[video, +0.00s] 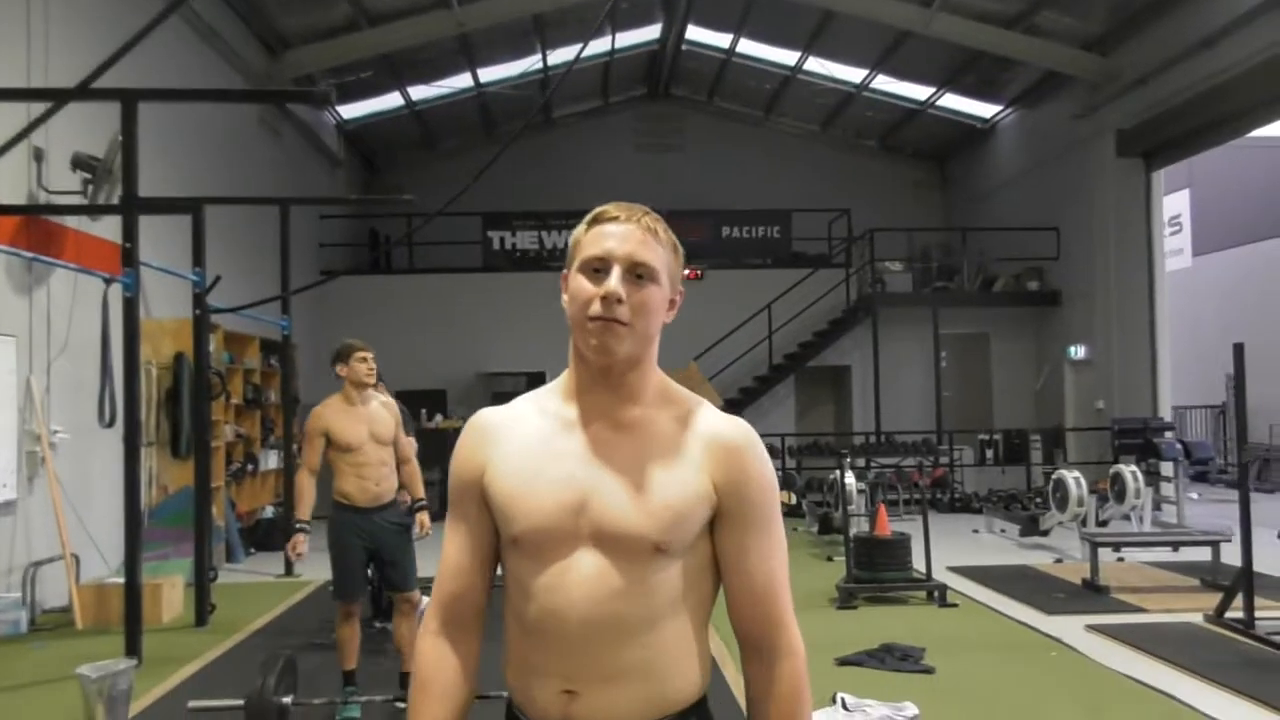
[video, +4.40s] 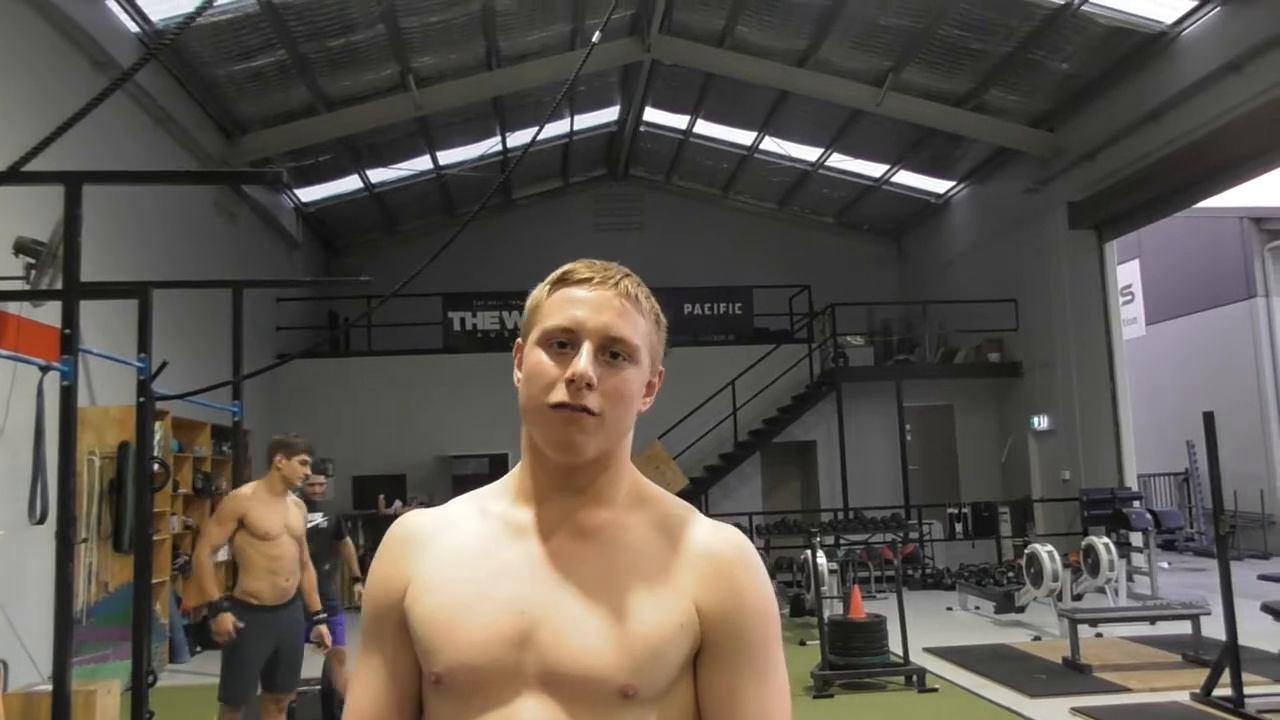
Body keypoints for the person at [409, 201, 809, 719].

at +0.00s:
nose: (612, 290)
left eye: (638, 276)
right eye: (594, 270)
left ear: (672, 304)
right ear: (566, 289)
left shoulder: (725, 447)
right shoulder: (491, 438)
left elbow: (771, 650)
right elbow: (448, 632)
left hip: (678, 712)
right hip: (530, 713)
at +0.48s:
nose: (545, 289)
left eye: (571, 268)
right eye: (523, 269)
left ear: (611, 289)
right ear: (495, 292)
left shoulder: (687, 448)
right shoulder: (429, 450)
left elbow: (730, 663)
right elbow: (386, 664)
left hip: (627, 708)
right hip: (474, 708)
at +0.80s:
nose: (466, 285)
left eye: (493, 261)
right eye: (443, 266)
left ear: (540, 283)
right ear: (421, 293)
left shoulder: (629, 445)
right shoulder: (368, 461)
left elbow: (698, 677)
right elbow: (323, 685)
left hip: (578, 708)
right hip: (421, 711)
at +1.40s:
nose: (535, 299)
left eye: (568, 279)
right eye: (516, 273)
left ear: (612, 310)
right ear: (484, 293)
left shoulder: (684, 473)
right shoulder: (406, 470)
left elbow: (735, 704)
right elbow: (360, 697)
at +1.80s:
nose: (612, 302)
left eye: (646, 287)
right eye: (592, 274)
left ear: (682, 323)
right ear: (553, 294)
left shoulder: (750, 494)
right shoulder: (455, 475)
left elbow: (808, 711)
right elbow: (397, 703)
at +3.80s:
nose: (591, 360)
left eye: (625, 342)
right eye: (571, 330)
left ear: (659, 379)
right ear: (533, 348)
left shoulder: (727, 547)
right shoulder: (428, 532)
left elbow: (775, 714)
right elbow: (379, 715)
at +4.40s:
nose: (580, 373)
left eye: (614, 354)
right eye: (559, 345)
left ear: (649, 389)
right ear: (519, 364)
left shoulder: (718, 565)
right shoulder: (415, 547)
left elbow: (760, 709)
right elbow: (369, 711)